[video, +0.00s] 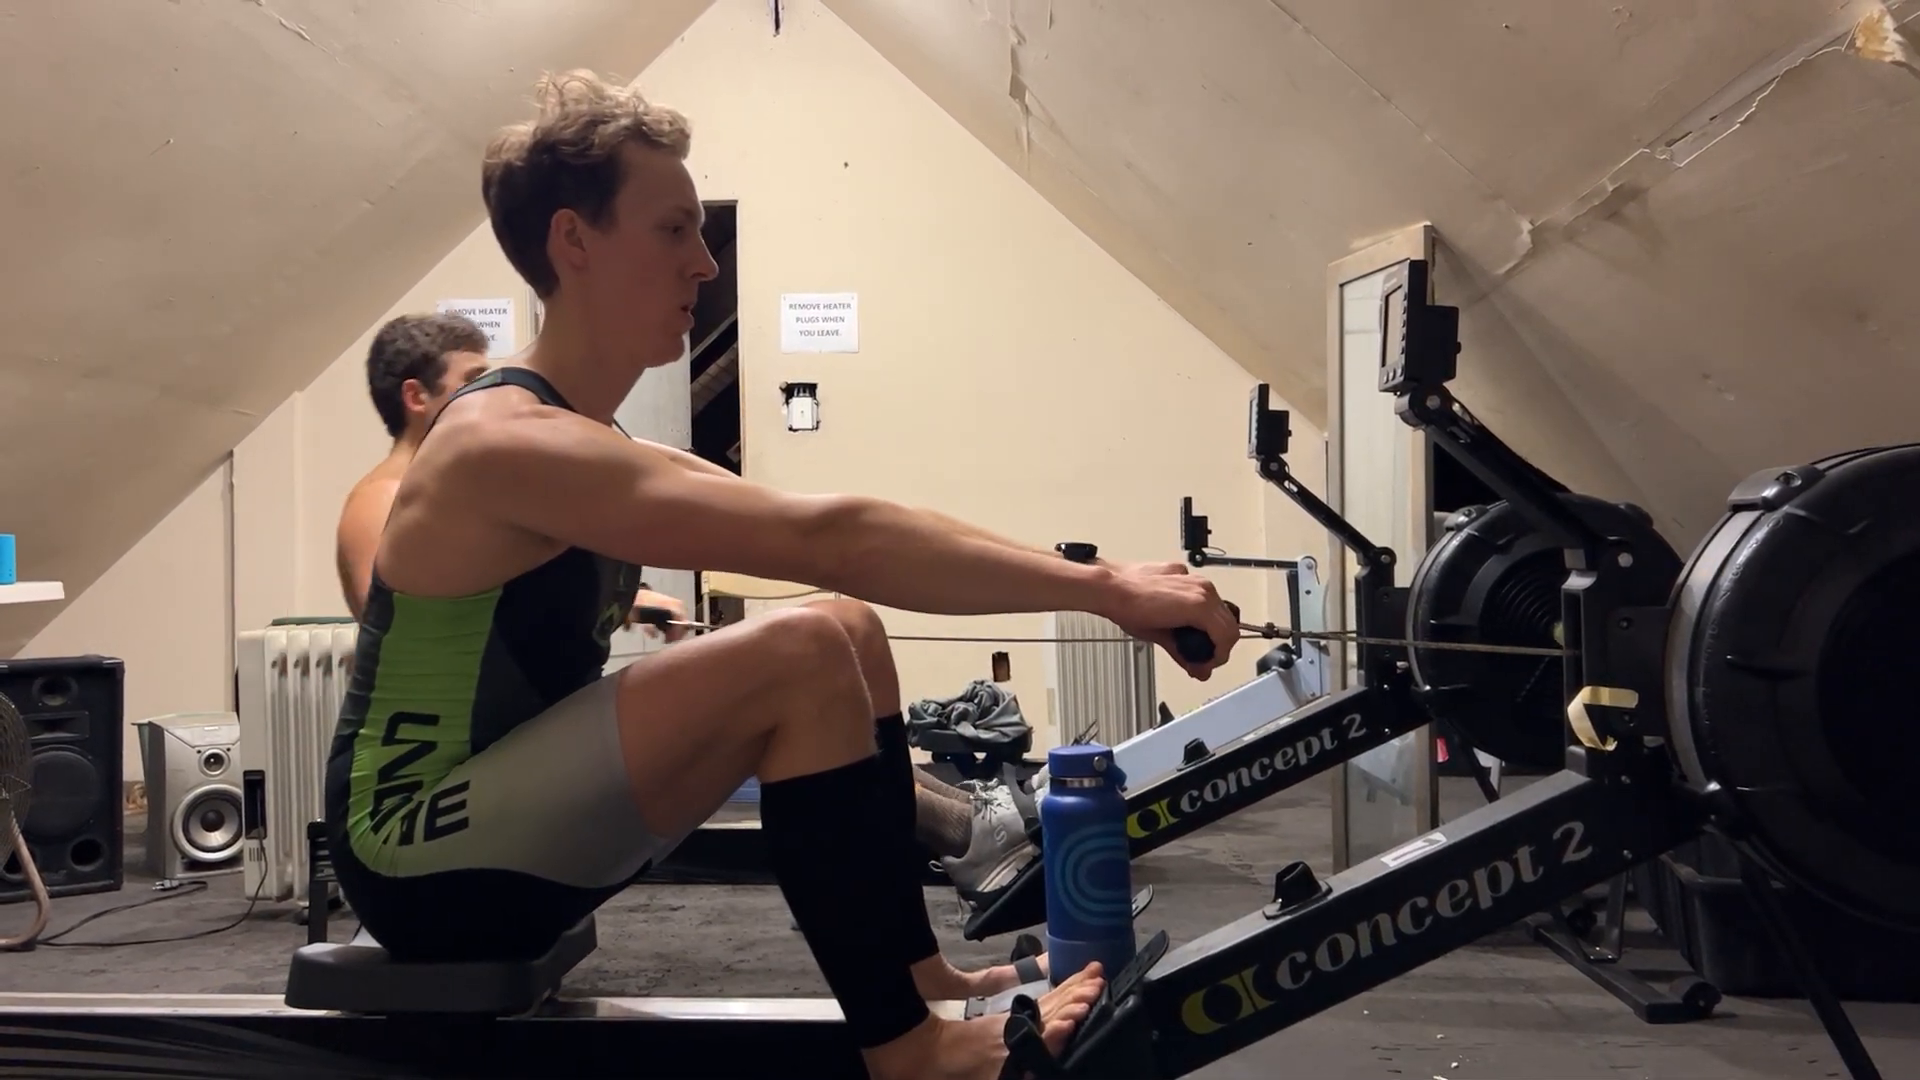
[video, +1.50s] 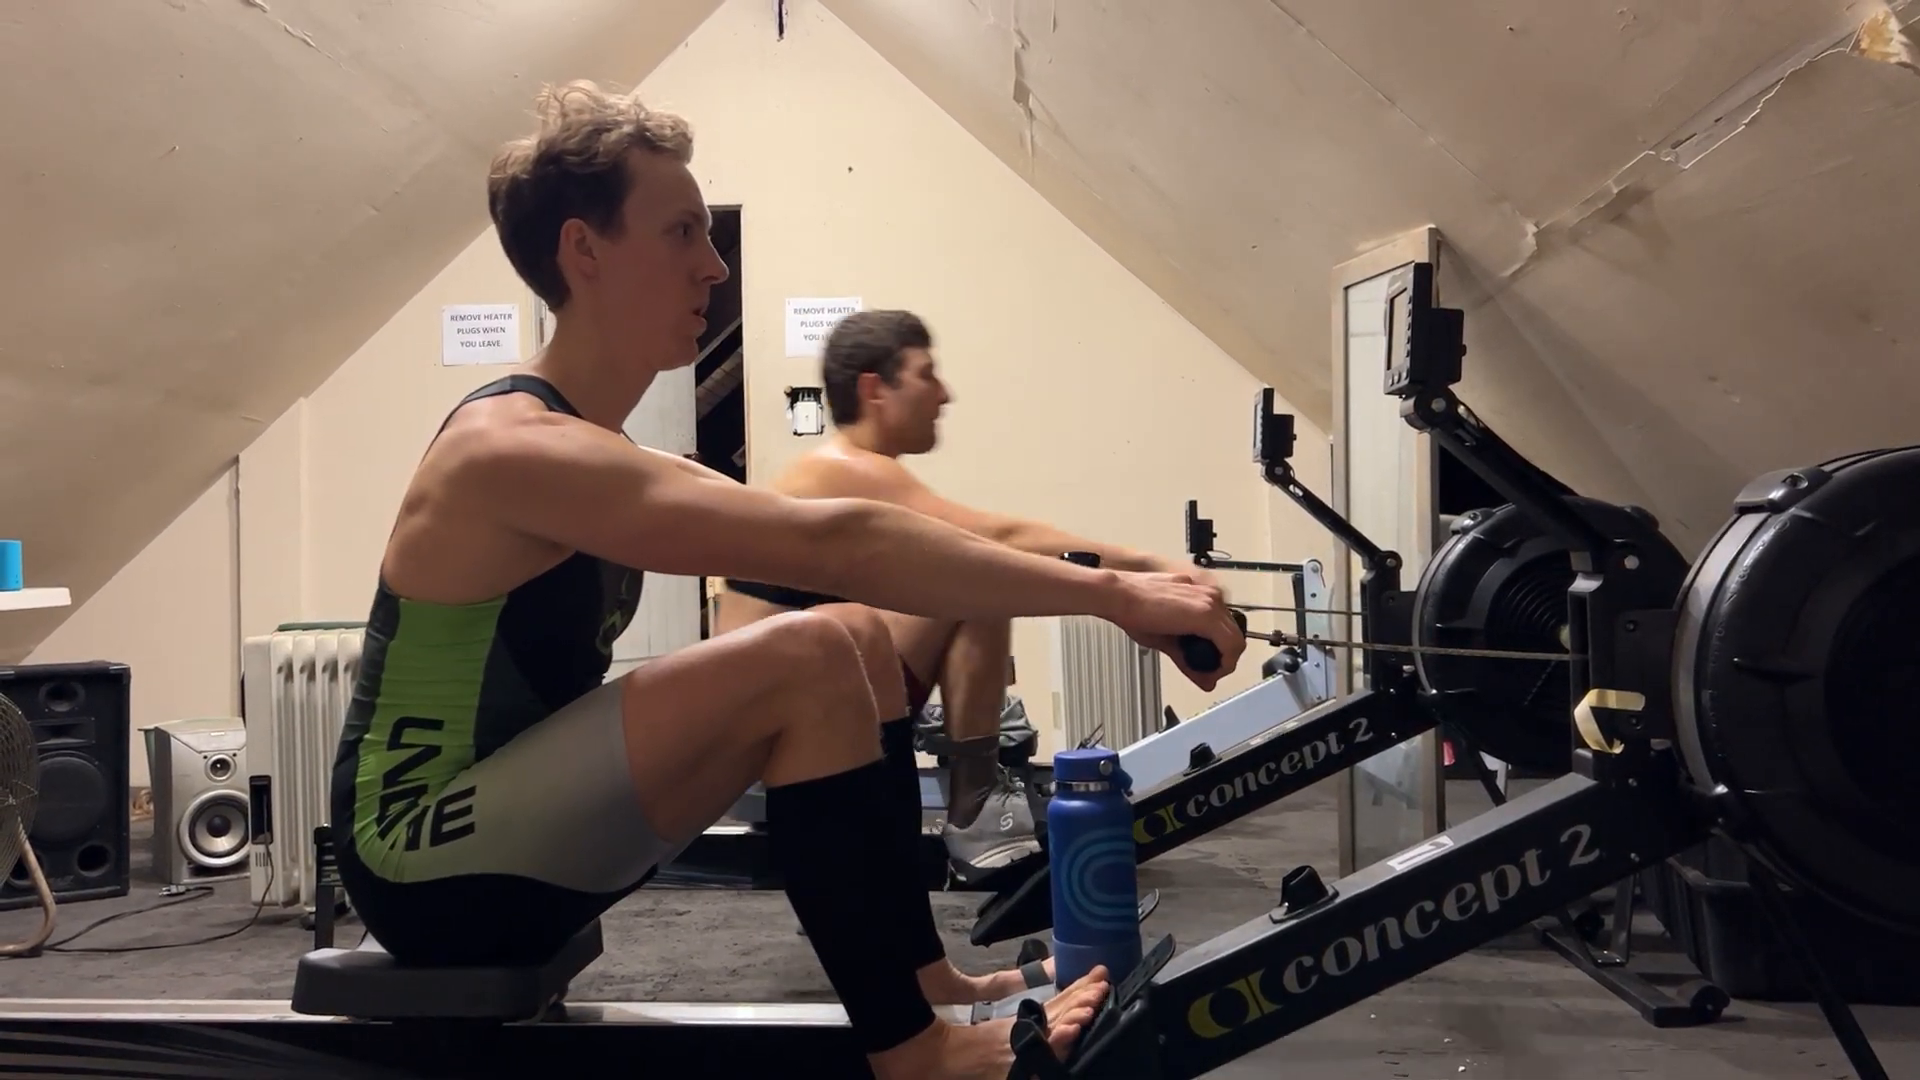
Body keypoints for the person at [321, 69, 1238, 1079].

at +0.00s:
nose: (706, 267)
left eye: (698, 234)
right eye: (675, 233)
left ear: (580, 250)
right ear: (571, 247)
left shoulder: (577, 442)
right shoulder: (504, 441)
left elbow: (823, 545)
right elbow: (818, 540)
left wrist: (1087, 580)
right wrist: (1105, 587)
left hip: (491, 820)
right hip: (425, 851)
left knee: (852, 639)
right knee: (802, 659)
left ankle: (920, 989)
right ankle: (898, 1043)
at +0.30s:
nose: (706, 267)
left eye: (698, 234)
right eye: (676, 234)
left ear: (580, 252)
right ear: (573, 249)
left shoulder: (570, 432)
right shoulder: (507, 439)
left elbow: (570, 595)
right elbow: (827, 538)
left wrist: (730, 593)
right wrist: (1107, 584)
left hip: (496, 811)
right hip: (427, 850)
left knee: (847, 637)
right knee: (800, 656)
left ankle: (919, 986)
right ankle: (898, 1043)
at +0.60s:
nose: (708, 269)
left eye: (700, 237)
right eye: (678, 236)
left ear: (580, 253)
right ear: (573, 250)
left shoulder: (582, 433)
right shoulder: (512, 439)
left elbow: (813, 551)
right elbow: (820, 542)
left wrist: (1066, 581)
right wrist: (1110, 586)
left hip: (497, 817)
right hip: (428, 849)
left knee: (853, 641)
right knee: (804, 663)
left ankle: (923, 991)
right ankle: (900, 1044)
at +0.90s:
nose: (710, 266)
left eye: (701, 235)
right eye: (679, 235)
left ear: (583, 256)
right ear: (575, 252)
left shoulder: (590, 446)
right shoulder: (511, 442)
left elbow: (836, 530)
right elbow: (824, 537)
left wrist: (1096, 588)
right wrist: (1104, 591)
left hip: (501, 821)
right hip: (431, 849)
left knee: (850, 636)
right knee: (808, 654)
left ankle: (923, 988)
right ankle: (900, 1041)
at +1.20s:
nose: (713, 271)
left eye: (704, 238)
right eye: (682, 237)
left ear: (588, 257)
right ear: (579, 253)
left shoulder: (586, 447)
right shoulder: (514, 445)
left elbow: (822, 547)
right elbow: (825, 544)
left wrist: (1098, 585)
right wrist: (1108, 589)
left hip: (497, 827)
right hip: (431, 852)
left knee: (849, 642)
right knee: (802, 661)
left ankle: (918, 988)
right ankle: (900, 1044)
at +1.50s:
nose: (717, 268)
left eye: (707, 237)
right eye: (684, 237)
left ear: (590, 257)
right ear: (582, 255)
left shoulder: (591, 449)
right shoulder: (515, 447)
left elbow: (853, 519)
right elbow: (830, 545)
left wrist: (1108, 579)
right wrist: (1107, 593)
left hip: (500, 825)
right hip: (431, 853)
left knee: (854, 643)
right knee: (804, 662)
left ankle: (925, 992)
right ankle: (903, 1045)